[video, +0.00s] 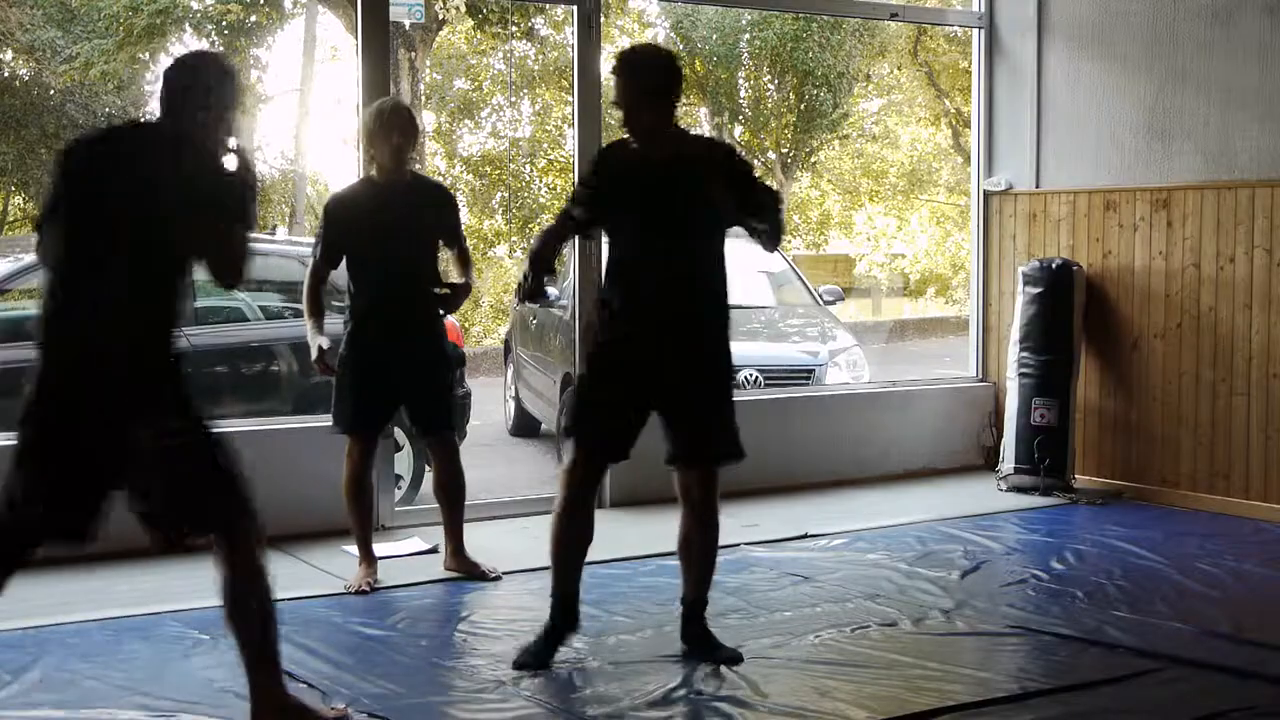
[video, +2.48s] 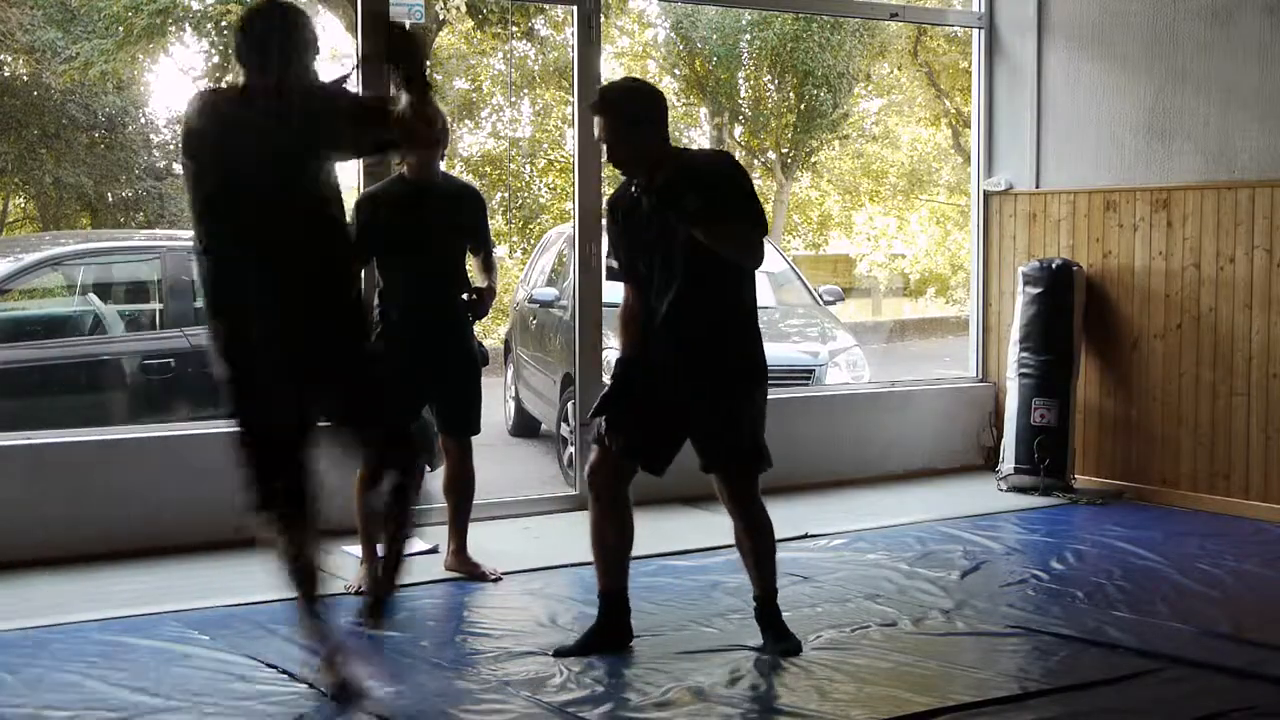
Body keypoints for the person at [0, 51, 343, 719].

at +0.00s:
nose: (226, 124)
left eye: (228, 111)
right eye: (223, 111)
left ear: (163, 99)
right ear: (204, 108)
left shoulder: (89, 152)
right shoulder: (205, 173)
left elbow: (51, 249)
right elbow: (230, 268)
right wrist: (242, 179)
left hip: (65, 381)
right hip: (144, 385)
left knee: (22, 533)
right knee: (236, 531)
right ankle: (270, 697)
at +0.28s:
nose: (288, 108)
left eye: (289, 96)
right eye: (288, 96)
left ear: (215, 80)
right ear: (277, 93)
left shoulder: (140, 133)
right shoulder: (268, 153)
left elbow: (90, 227)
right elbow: (305, 249)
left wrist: (174, 217)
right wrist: (333, 205)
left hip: (100, 371)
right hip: (195, 374)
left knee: (48, 531)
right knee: (257, 528)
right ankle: (272, 698)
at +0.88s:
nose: (229, 69)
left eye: (223, 57)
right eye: (218, 58)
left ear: (153, 73)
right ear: (193, 69)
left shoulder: (108, 137)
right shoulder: (216, 139)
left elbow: (104, 251)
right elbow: (256, 246)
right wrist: (298, 203)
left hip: (94, 374)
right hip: (177, 379)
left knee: (45, 551)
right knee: (258, 530)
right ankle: (290, 695)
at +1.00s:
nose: (249, 74)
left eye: (243, 60)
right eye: (240, 61)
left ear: (172, 74)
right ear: (220, 69)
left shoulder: (142, 138)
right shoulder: (244, 138)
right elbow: (289, 252)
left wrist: (292, 214)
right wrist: (331, 213)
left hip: (117, 371)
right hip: (200, 373)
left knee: (72, 544)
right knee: (277, 528)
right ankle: (293, 696)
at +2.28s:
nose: (284, 83)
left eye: (280, 71)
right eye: (273, 72)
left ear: (219, 82)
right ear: (246, 80)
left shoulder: (184, 145)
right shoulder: (254, 146)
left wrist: (306, 148)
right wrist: (307, 145)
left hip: (165, 373)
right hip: (231, 374)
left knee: (111, 540)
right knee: (321, 520)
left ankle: (33, 696)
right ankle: (317, 692)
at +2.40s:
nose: (310, 80)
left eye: (308, 67)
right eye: (304, 67)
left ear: (239, 72)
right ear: (285, 71)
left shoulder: (204, 134)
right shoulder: (309, 133)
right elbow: (386, 142)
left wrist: (307, 84)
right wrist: (380, 62)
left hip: (222, 355)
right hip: (297, 353)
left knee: (232, 511)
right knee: (353, 505)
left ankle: (212, 549)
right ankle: (326, 680)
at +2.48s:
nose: (315, 61)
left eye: (312, 50)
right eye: (311, 49)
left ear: (241, 52)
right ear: (298, 52)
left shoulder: (205, 117)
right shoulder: (314, 110)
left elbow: (213, 227)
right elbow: (414, 130)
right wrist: (410, 62)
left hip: (251, 336)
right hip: (326, 323)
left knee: (288, 493)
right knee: (397, 441)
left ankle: (326, 649)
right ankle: (377, 569)